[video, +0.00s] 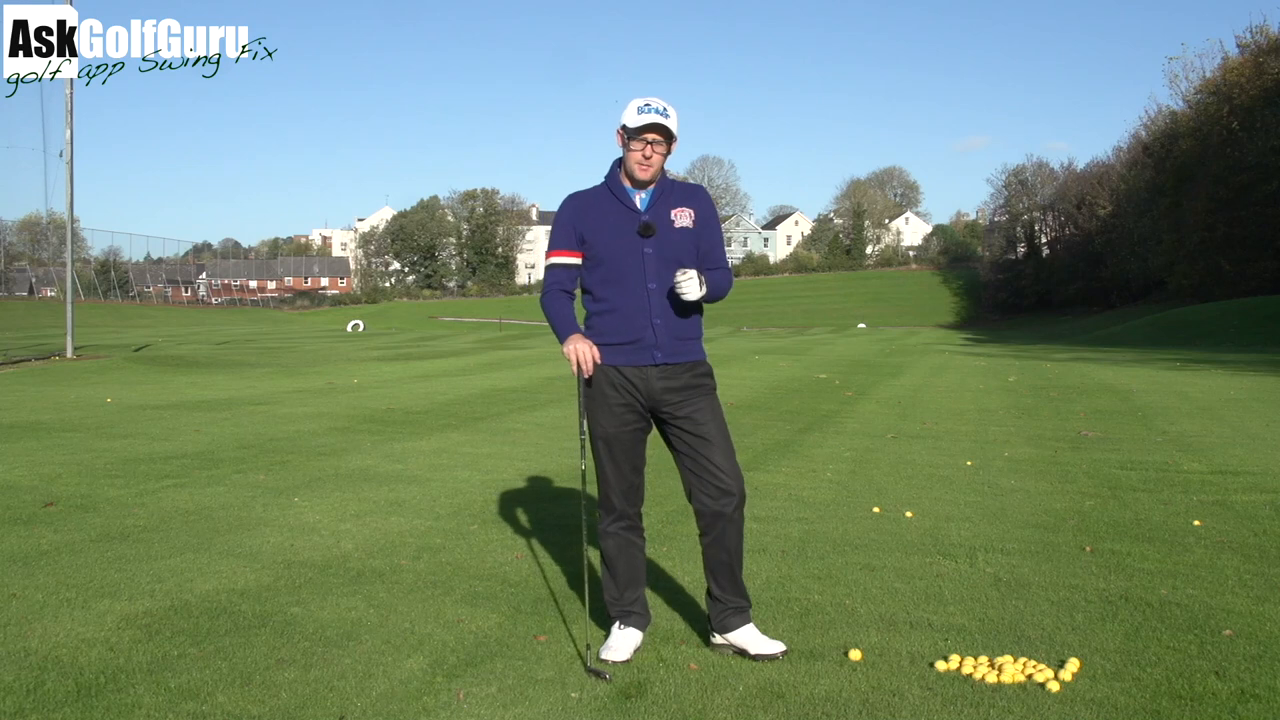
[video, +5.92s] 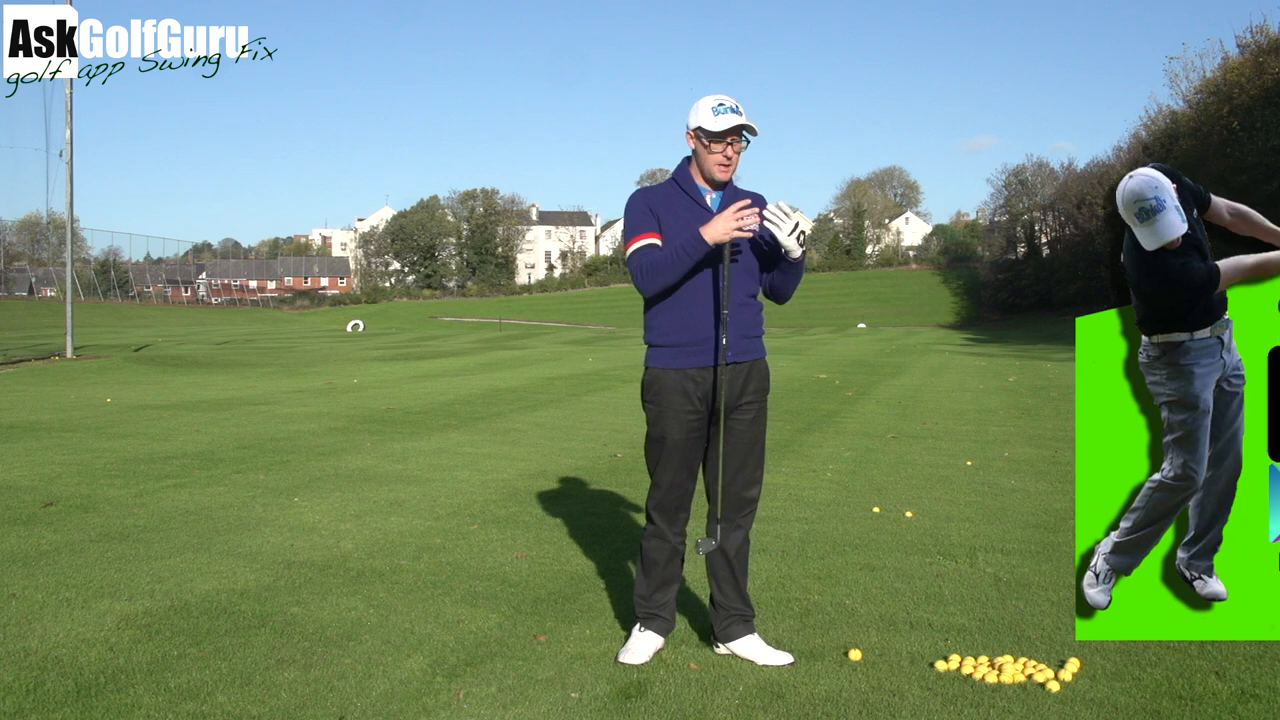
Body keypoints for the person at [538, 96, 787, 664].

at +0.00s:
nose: (649, 149)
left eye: (660, 141)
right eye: (641, 138)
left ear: (672, 148)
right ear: (622, 141)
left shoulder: (694, 201)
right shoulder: (580, 208)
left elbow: (721, 278)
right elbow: (556, 290)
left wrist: (704, 285)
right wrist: (569, 334)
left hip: (686, 374)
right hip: (613, 376)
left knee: (724, 492)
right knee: (619, 506)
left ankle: (729, 619)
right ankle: (627, 620)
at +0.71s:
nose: (735, 149)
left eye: (746, 143)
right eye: (728, 138)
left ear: (756, 151)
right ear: (708, 139)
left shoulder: (773, 207)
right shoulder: (658, 203)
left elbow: (796, 287)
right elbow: (627, 281)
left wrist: (777, 287)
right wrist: (627, 332)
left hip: (755, 376)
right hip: (682, 376)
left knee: (744, 509)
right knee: (661, 506)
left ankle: (737, 628)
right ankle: (633, 621)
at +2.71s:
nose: (648, 149)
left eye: (659, 142)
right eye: (640, 138)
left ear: (673, 151)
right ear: (623, 142)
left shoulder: (695, 205)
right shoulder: (581, 213)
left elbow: (724, 285)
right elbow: (557, 297)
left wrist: (706, 283)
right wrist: (581, 337)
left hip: (690, 377)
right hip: (620, 380)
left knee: (726, 497)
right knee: (632, 507)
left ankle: (735, 625)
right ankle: (648, 621)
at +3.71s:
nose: (669, 154)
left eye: (676, 145)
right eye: (658, 142)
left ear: (680, 149)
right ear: (630, 139)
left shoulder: (690, 203)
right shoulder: (584, 211)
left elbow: (713, 291)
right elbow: (573, 299)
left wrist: (721, 266)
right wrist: (630, 268)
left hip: (695, 372)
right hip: (625, 378)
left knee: (723, 501)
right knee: (638, 507)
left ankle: (733, 625)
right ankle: (649, 621)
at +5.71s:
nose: (725, 147)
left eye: (735, 139)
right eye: (716, 137)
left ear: (746, 147)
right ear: (696, 140)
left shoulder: (760, 209)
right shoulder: (653, 204)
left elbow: (781, 298)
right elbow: (642, 282)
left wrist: (788, 269)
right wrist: (701, 249)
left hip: (749, 372)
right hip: (679, 374)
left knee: (739, 505)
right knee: (671, 503)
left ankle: (733, 626)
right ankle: (653, 621)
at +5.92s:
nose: (730, 150)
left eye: (738, 140)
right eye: (719, 140)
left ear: (745, 146)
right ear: (693, 141)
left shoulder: (753, 208)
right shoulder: (650, 202)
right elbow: (650, 280)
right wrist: (709, 234)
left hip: (745, 371)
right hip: (677, 374)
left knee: (737, 505)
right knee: (668, 504)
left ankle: (733, 627)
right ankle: (653, 621)